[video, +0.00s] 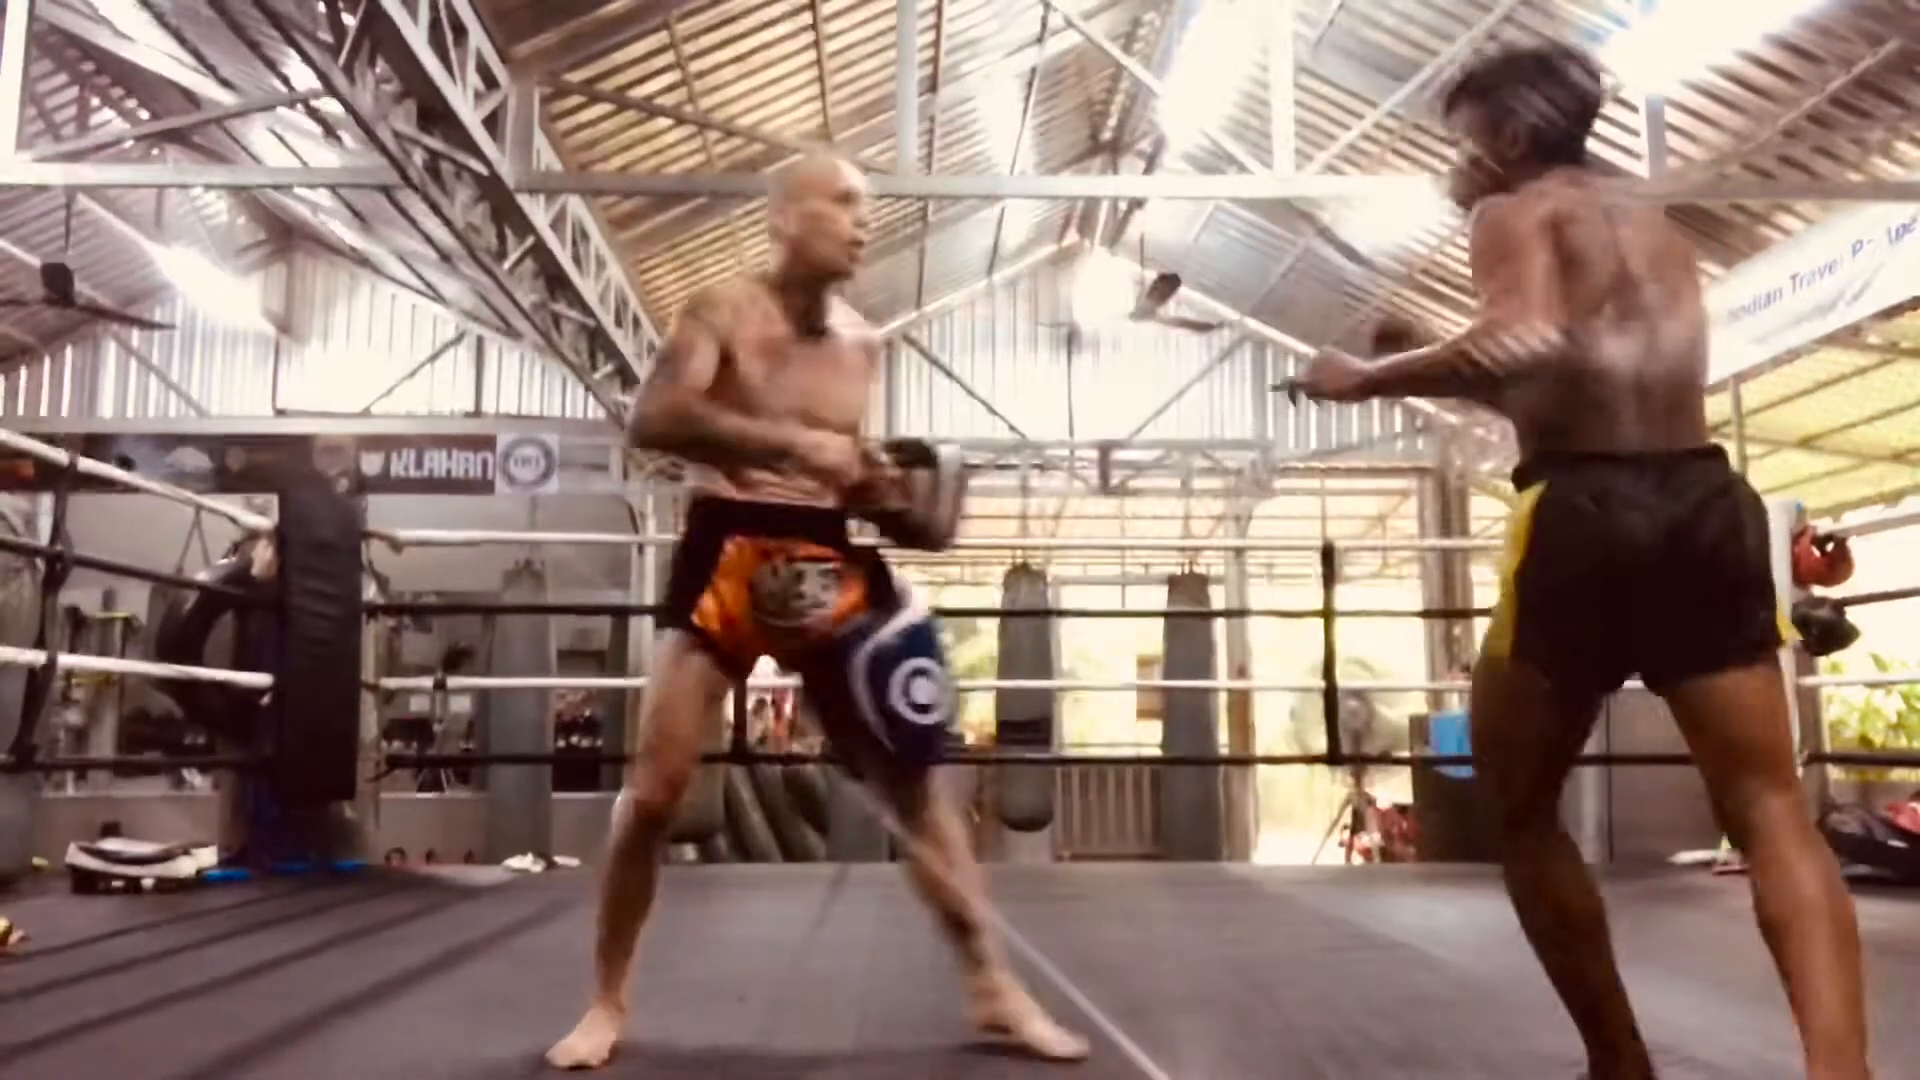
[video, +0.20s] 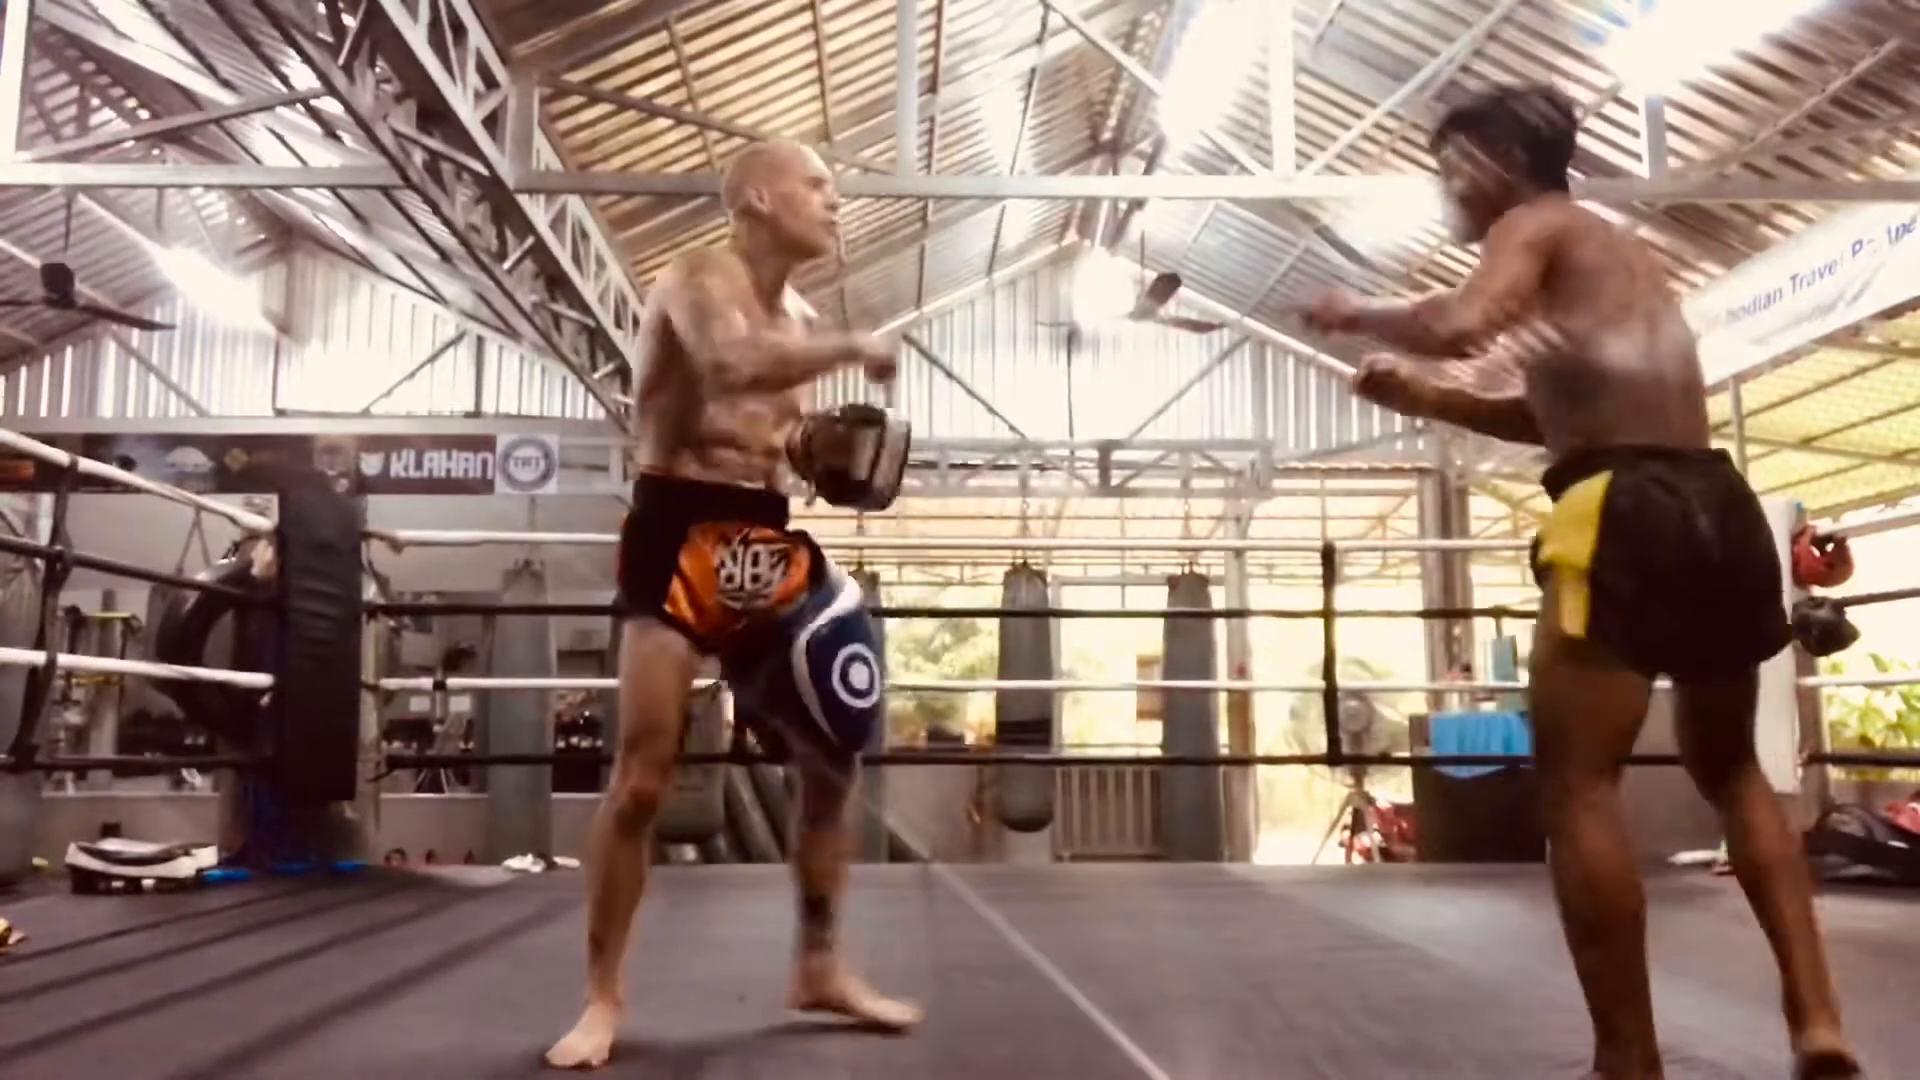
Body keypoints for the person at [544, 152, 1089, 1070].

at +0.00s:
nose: (863, 222)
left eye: (864, 207)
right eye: (844, 203)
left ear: (845, 225)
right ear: (786, 214)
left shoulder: (860, 347)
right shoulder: (721, 313)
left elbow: (849, 461)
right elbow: (656, 418)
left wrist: (895, 494)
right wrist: (793, 440)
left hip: (832, 563)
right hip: (726, 558)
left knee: (921, 780)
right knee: (653, 794)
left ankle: (992, 990)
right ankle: (606, 1004)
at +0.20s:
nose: (833, 200)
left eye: (829, 186)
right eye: (817, 185)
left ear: (780, 204)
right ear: (760, 198)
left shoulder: (792, 319)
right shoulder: (697, 279)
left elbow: (769, 439)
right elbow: (729, 358)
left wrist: (827, 448)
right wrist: (852, 347)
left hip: (767, 532)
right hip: (675, 525)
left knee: (833, 748)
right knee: (639, 785)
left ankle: (820, 970)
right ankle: (603, 999)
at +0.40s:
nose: (860, 226)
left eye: (856, 211)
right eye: (843, 211)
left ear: (800, 224)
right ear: (789, 220)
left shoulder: (799, 321)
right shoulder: (730, 281)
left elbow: (758, 439)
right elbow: (728, 387)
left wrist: (819, 462)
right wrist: (823, 364)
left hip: (745, 536)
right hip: (669, 528)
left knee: (789, 758)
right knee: (646, 783)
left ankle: (766, 977)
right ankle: (601, 999)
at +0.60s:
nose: (904, 303)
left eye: (907, 289)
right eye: (892, 282)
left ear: (866, 293)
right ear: (841, 280)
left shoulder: (822, 396)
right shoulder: (762, 321)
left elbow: (810, 496)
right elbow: (746, 432)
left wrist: (861, 523)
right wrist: (875, 458)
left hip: (740, 559)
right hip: (663, 545)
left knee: (804, 773)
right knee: (648, 776)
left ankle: (767, 980)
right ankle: (593, 986)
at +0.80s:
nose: (898, 310)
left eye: (902, 295)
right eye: (887, 289)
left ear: (851, 289)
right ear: (837, 282)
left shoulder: (833, 381)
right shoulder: (750, 316)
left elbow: (850, 510)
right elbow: (778, 398)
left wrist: (915, 447)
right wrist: (889, 352)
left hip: (729, 561)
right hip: (647, 539)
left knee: (791, 773)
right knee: (604, 754)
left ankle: (766, 980)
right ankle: (513, 965)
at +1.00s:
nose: (857, 292)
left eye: (857, 277)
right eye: (842, 276)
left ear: (808, 286)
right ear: (791, 281)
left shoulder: (779, 372)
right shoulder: (712, 320)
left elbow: (781, 491)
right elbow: (730, 423)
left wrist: (843, 465)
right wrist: (853, 397)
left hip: (707, 562)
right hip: (624, 549)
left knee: (781, 770)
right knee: (561, 791)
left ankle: (764, 980)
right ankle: (471, 992)